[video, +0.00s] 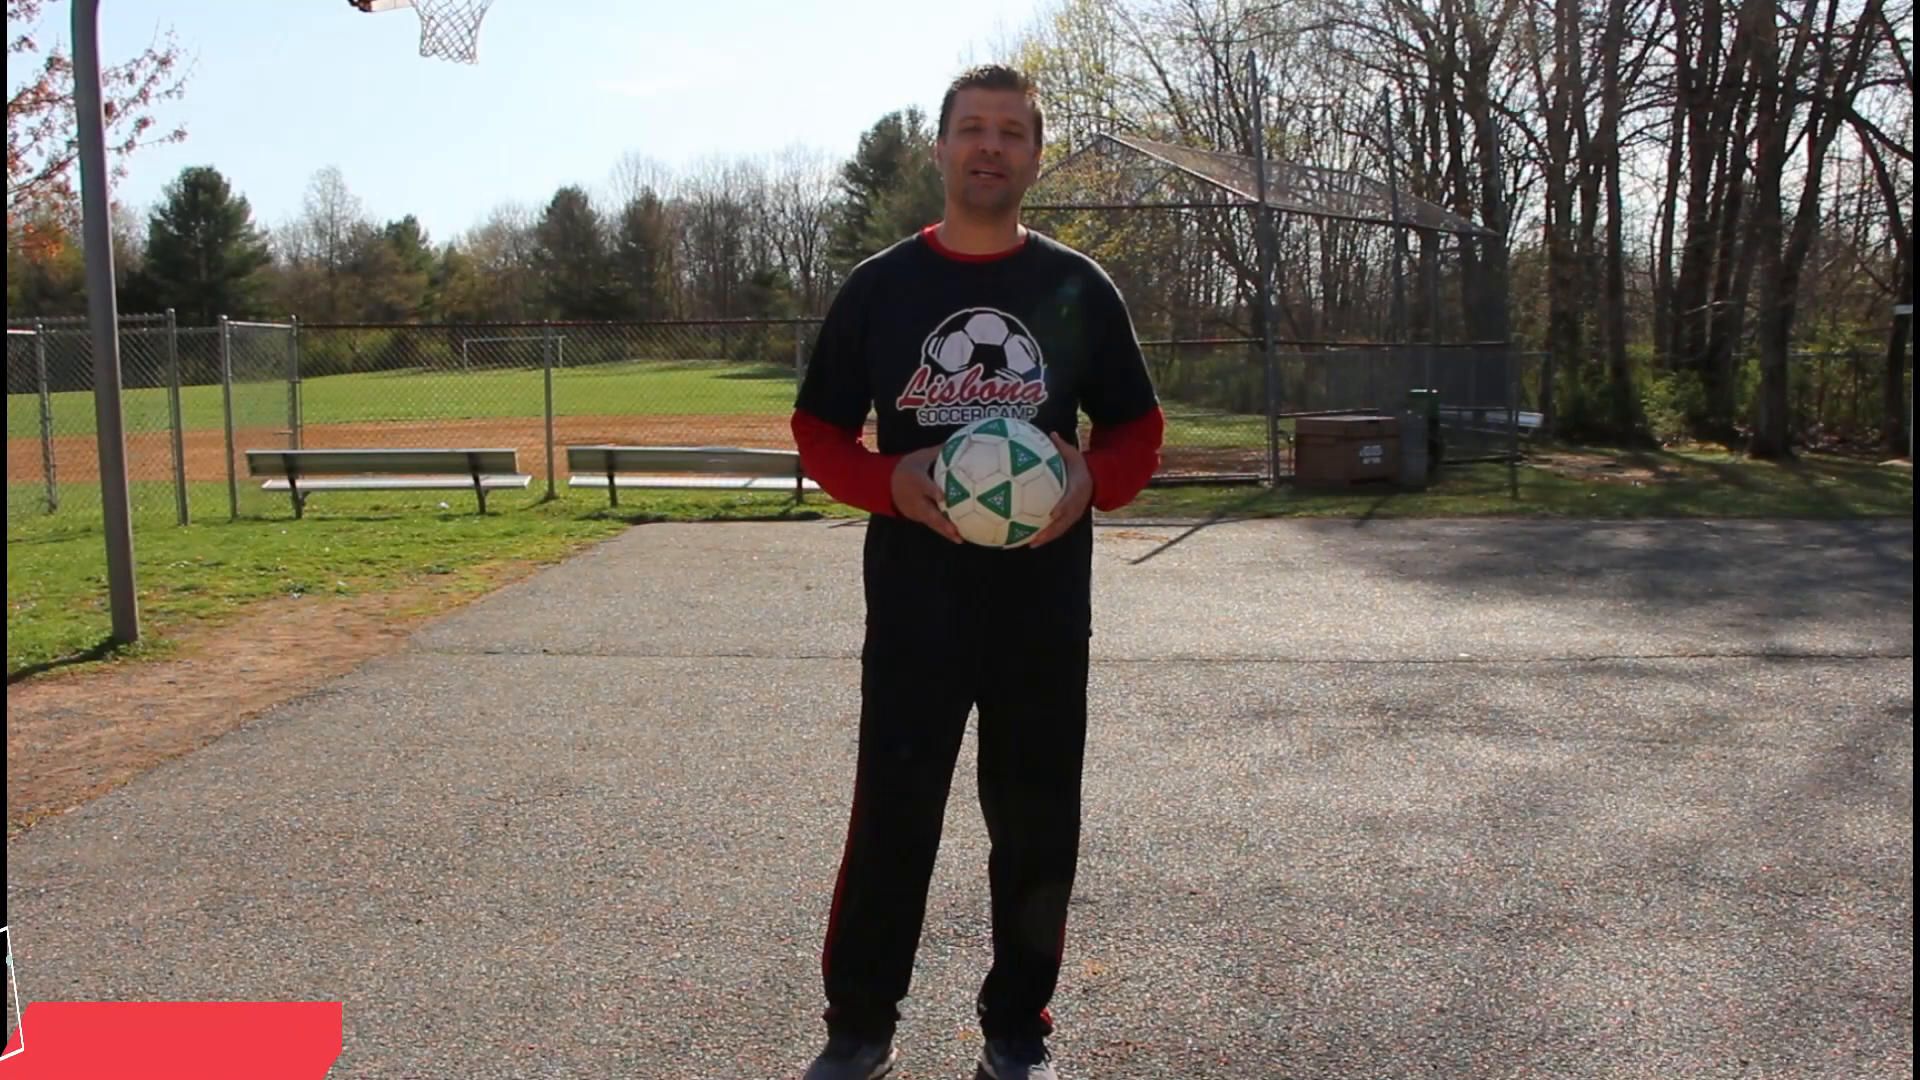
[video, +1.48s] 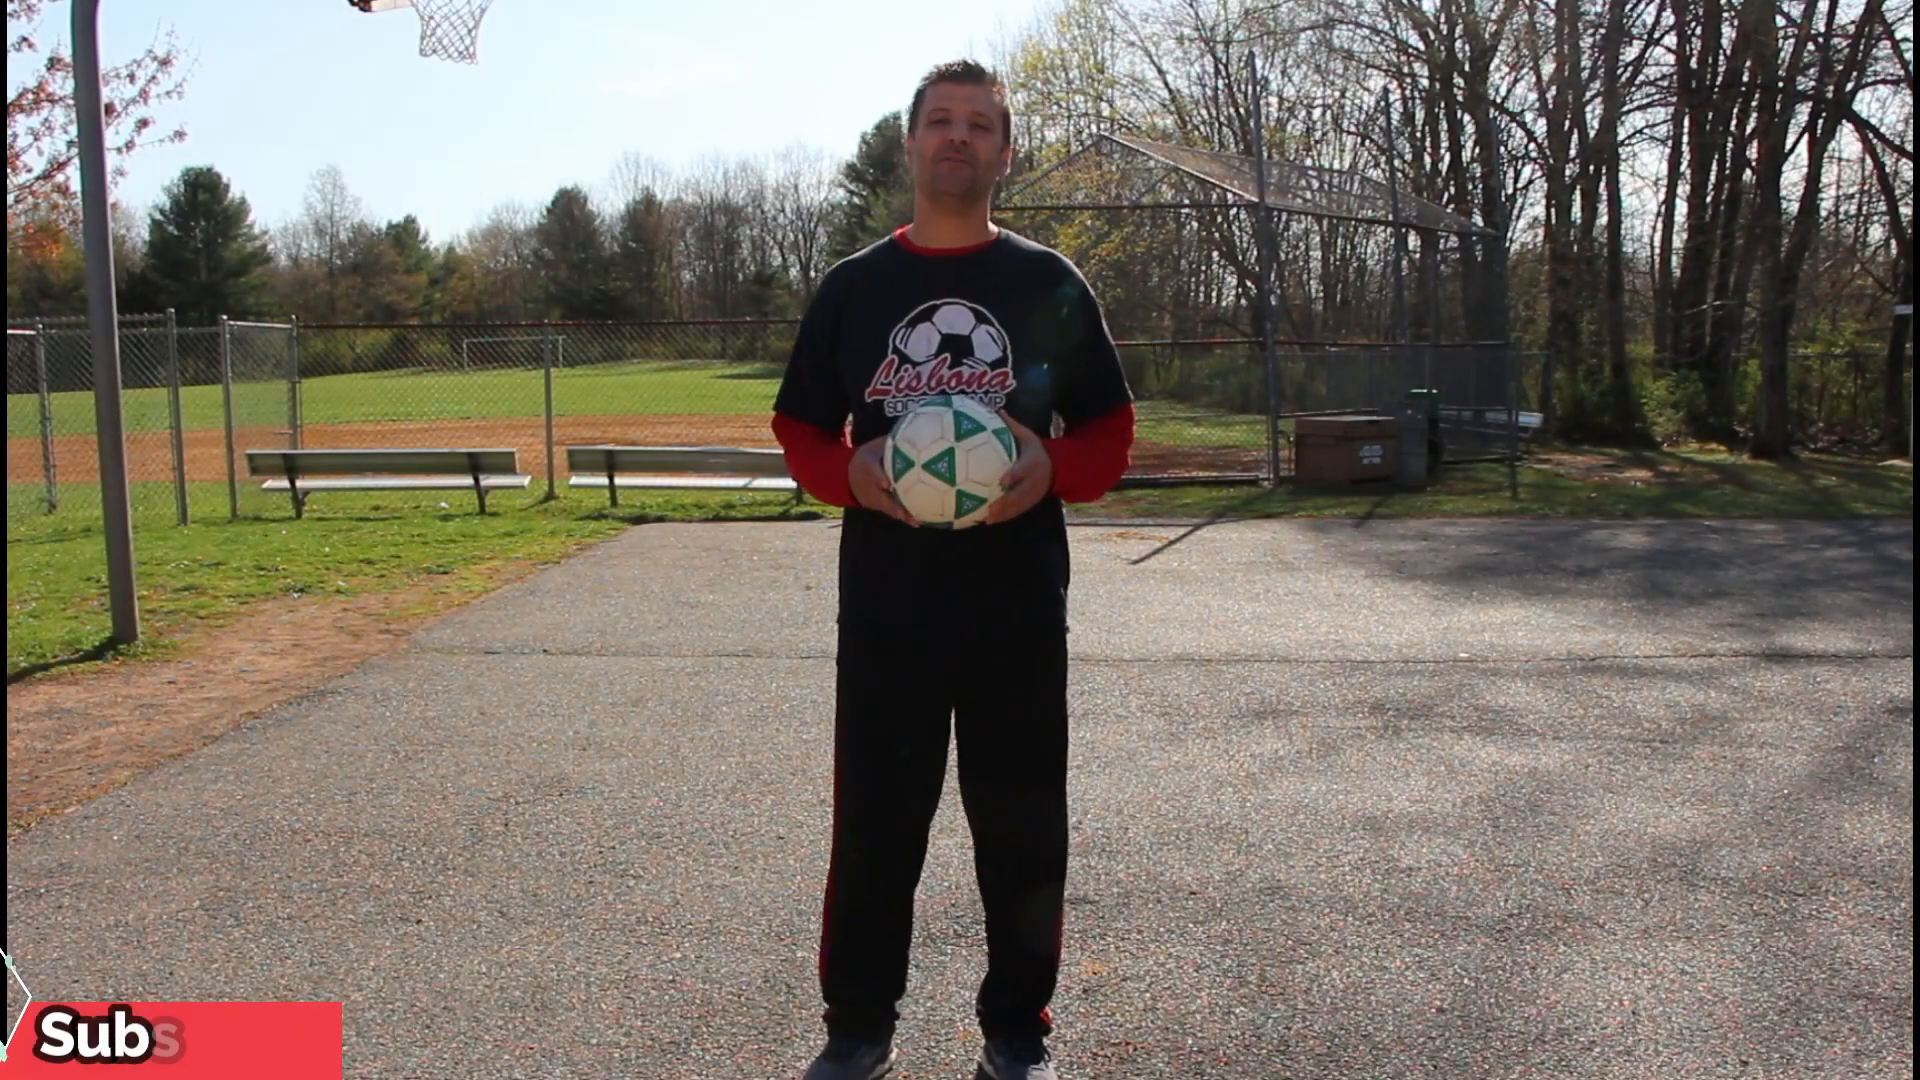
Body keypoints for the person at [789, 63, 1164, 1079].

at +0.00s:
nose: (991, 148)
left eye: (1012, 133)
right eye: (973, 130)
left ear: (1038, 156)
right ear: (942, 149)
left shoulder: (1081, 288)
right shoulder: (876, 287)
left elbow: (1137, 423)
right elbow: (817, 433)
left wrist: (1093, 477)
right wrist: (883, 483)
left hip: (1044, 593)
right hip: (916, 590)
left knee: (1039, 820)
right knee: (893, 812)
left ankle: (1018, 1036)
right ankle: (857, 1029)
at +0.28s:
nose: (1001, 155)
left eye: (1022, 140)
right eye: (983, 136)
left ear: (1046, 161)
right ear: (950, 151)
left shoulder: (1090, 289)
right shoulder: (889, 290)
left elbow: (1148, 429)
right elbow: (838, 427)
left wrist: (1093, 479)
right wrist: (887, 487)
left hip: (1055, 600)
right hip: (929, 596)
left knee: (1045, 824)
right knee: (899, 815)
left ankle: (1019, 1032)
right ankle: (858, 1028)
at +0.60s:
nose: (997, 155)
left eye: (1018, 139)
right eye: (978, 137)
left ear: (1045, 158)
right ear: (948, 154)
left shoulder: (1095, 288)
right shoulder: (895, 292)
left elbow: (1158, 427)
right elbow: (845, 425)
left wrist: (1098, 478)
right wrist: (888, 483)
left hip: (1058, 598)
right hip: (932, 594)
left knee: (1047, 822)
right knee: (899, 814)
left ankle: (1019, 1031)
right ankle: (857, 1028)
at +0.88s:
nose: (996, 152)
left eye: (1017, 137)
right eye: (977, 135)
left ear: (1043, 157)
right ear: (947, 153)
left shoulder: (1092, 287)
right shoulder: (893, 290)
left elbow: (1151, 429)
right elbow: (841, 425)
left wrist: (1094, 482)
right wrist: (886, 488)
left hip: (1055, 596)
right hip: (929, 592)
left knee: (1045, 820)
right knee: (897, 812)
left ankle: (1020, 1029)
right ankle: (858, 1026)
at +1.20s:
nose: (980, 139)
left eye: (1003, 126)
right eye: (962, 123)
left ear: (1030, 155)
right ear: (933, 146)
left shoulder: (1078, 283)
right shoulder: (873, 287)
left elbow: (1140, 434)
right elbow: (816, 429)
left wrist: (1075, 446)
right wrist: (865, 448)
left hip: (1040, 591)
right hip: (912, 588)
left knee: (1037, 821)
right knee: (888, 812)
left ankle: (1018, 1035)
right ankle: (857, 1028)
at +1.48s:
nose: (959, 139)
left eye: (981, 126)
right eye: (939, 123)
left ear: (1006, 152)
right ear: (909, 145)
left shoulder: (1050, 282)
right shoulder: (849, 287)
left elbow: (1112, 424)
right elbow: (799, 422)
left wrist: (1056, 467)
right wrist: (846, 474)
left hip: (1015, 595)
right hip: (887, 596)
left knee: (1024, 821)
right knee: (874, 817)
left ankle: (1019, 1034)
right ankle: (857, 1029)